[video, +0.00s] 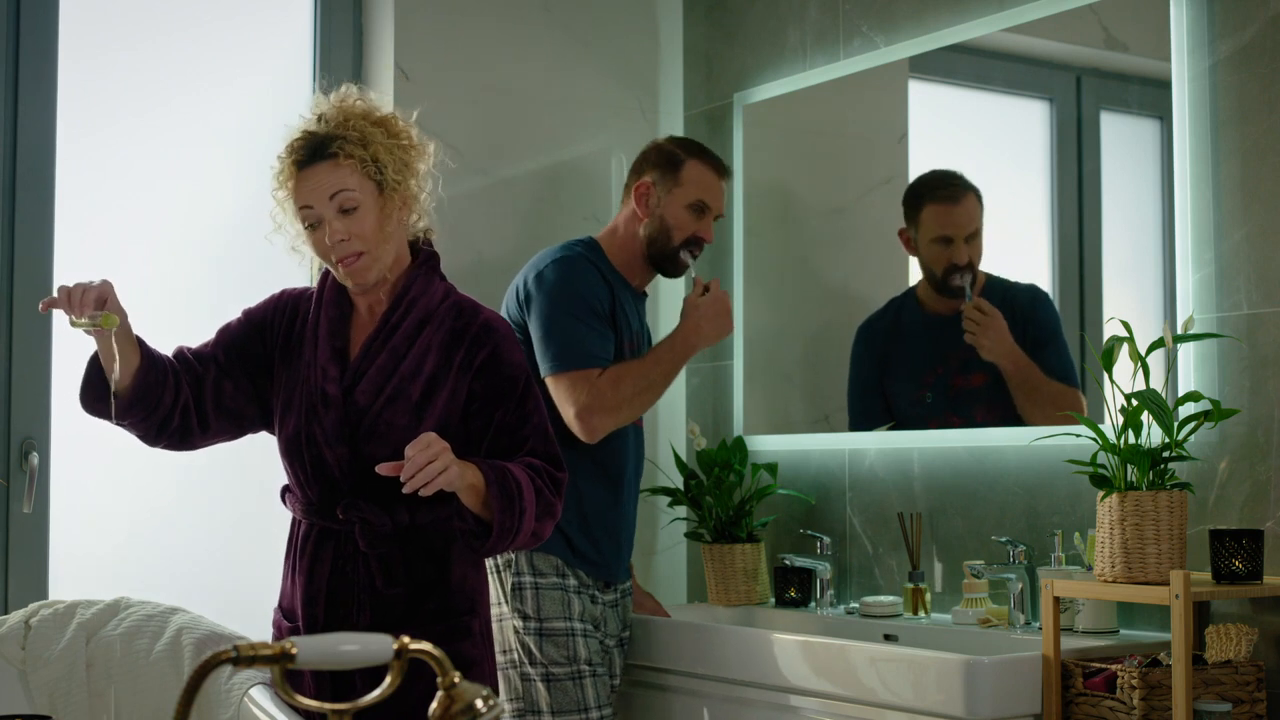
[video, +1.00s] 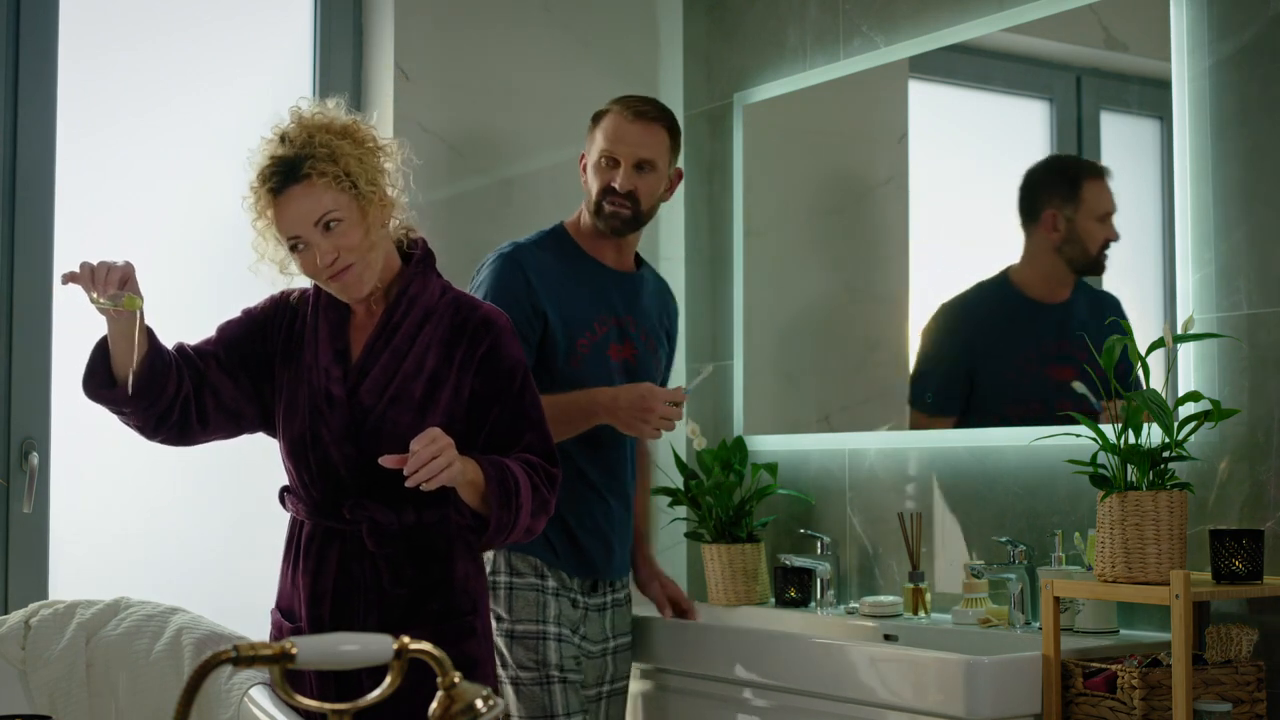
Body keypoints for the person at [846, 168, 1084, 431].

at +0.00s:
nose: (961, 257)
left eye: (972, 238)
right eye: (944, 243)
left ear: (981, 231)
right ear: (910, 243)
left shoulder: (1029, 309)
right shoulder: (877, 336)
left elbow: (1068, 425)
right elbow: (869, 452)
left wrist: (1008, 354)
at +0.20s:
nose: (972, 251)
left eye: (982, 234)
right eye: (955, 235)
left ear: (991, 229)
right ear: (918, 235)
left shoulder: (1031, 310)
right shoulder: (880, 334)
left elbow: (1069, 425)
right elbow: (868, 452)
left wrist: (1012, 362)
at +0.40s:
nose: (991, 244)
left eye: (999, 228)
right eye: (974, 227)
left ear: (1006, 227)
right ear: (932, 227)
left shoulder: (1039, 311)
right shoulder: (884, 330)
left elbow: (1082, 423)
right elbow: (871, 449)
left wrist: (1026, 381)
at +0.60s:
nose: (1019, 239)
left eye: (1023, 225)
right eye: (1004, 223)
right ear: (955, 223)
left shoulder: (1053, 313)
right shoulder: (898, 328)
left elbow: (1102, 419)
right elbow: (880, 446)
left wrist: (1061, 404)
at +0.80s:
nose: (1061, 234)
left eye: (1061, 219)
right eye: (1047, 217)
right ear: (995, 222)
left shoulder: (1077, 314)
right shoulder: (920, 323)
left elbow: (1119, 415)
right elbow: (901, 442)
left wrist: (1107, 417)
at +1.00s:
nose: (1114, 235)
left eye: (1110, 220)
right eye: (1102, 220)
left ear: (1054, 225)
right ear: (1054, 224)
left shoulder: (1105, 313)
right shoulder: (959, 323)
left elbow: (1138, 418)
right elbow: (924, 448)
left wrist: (1125, 419)